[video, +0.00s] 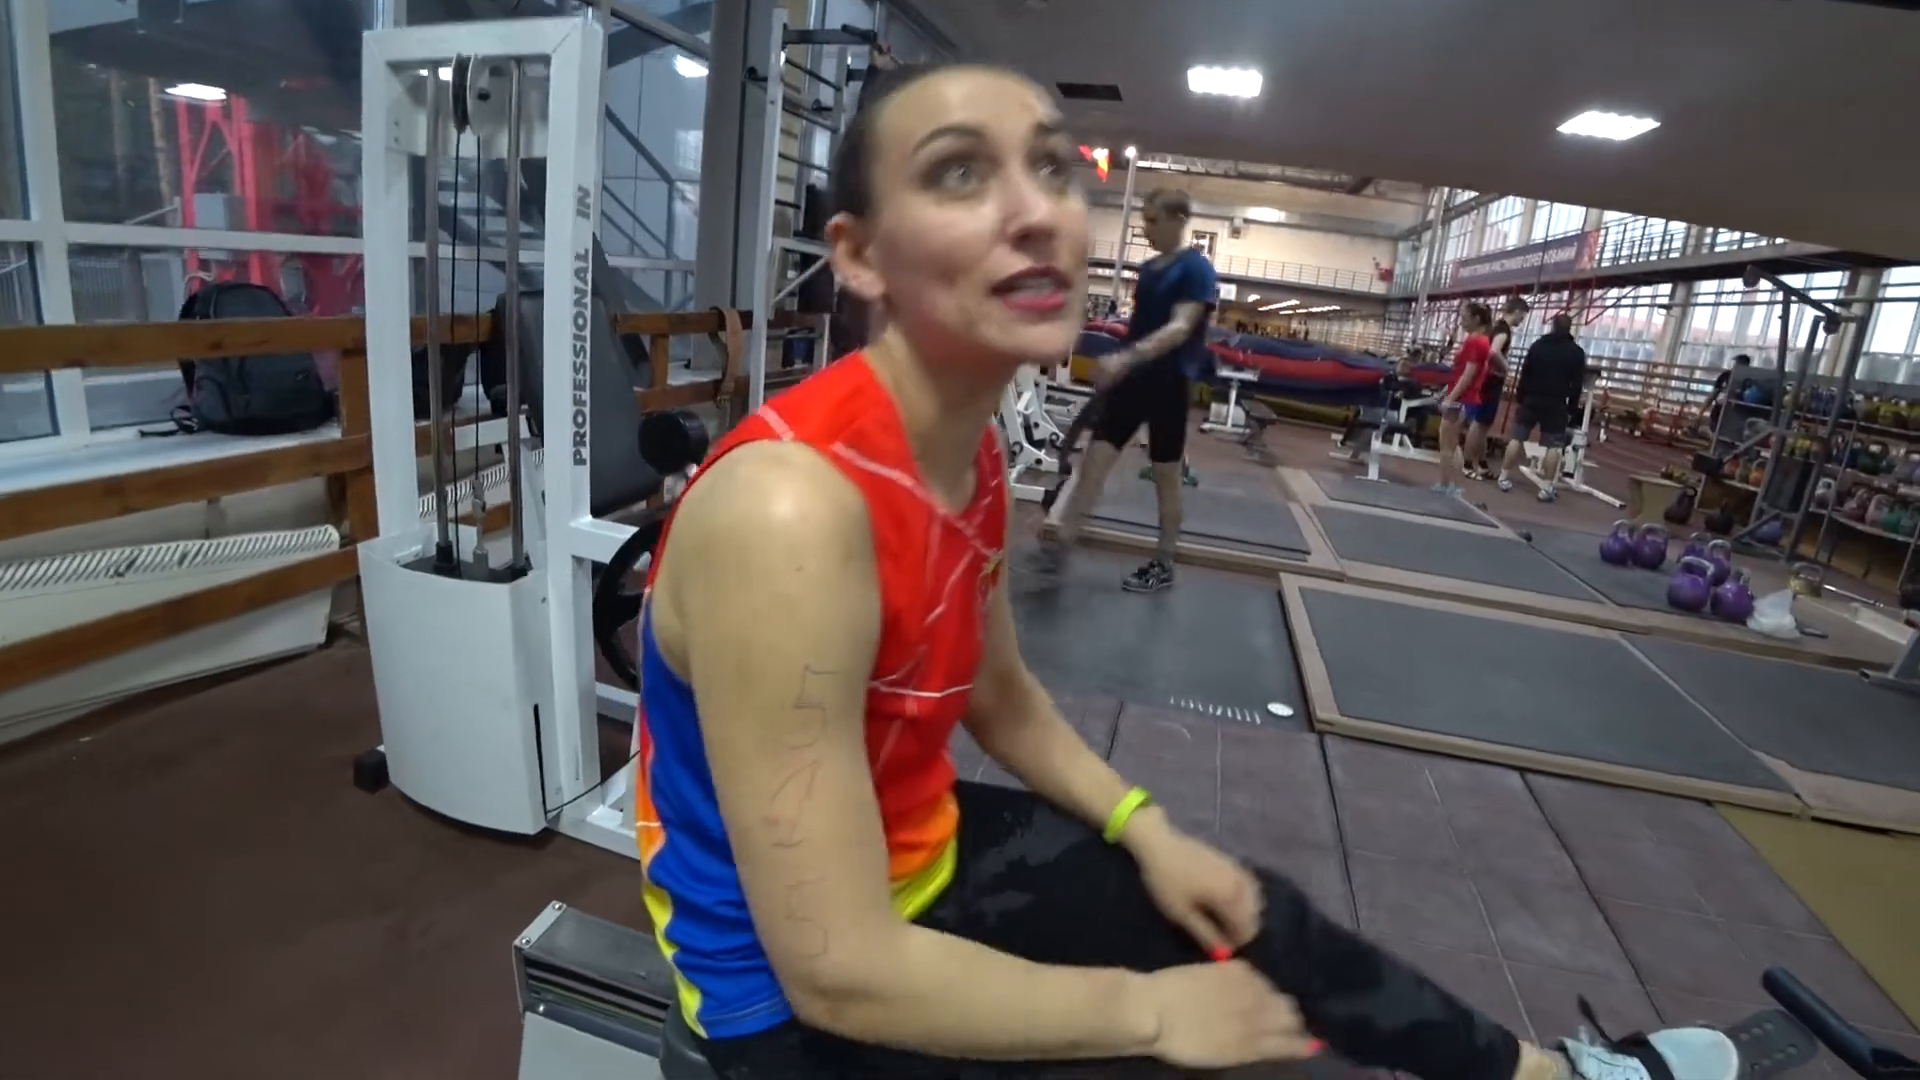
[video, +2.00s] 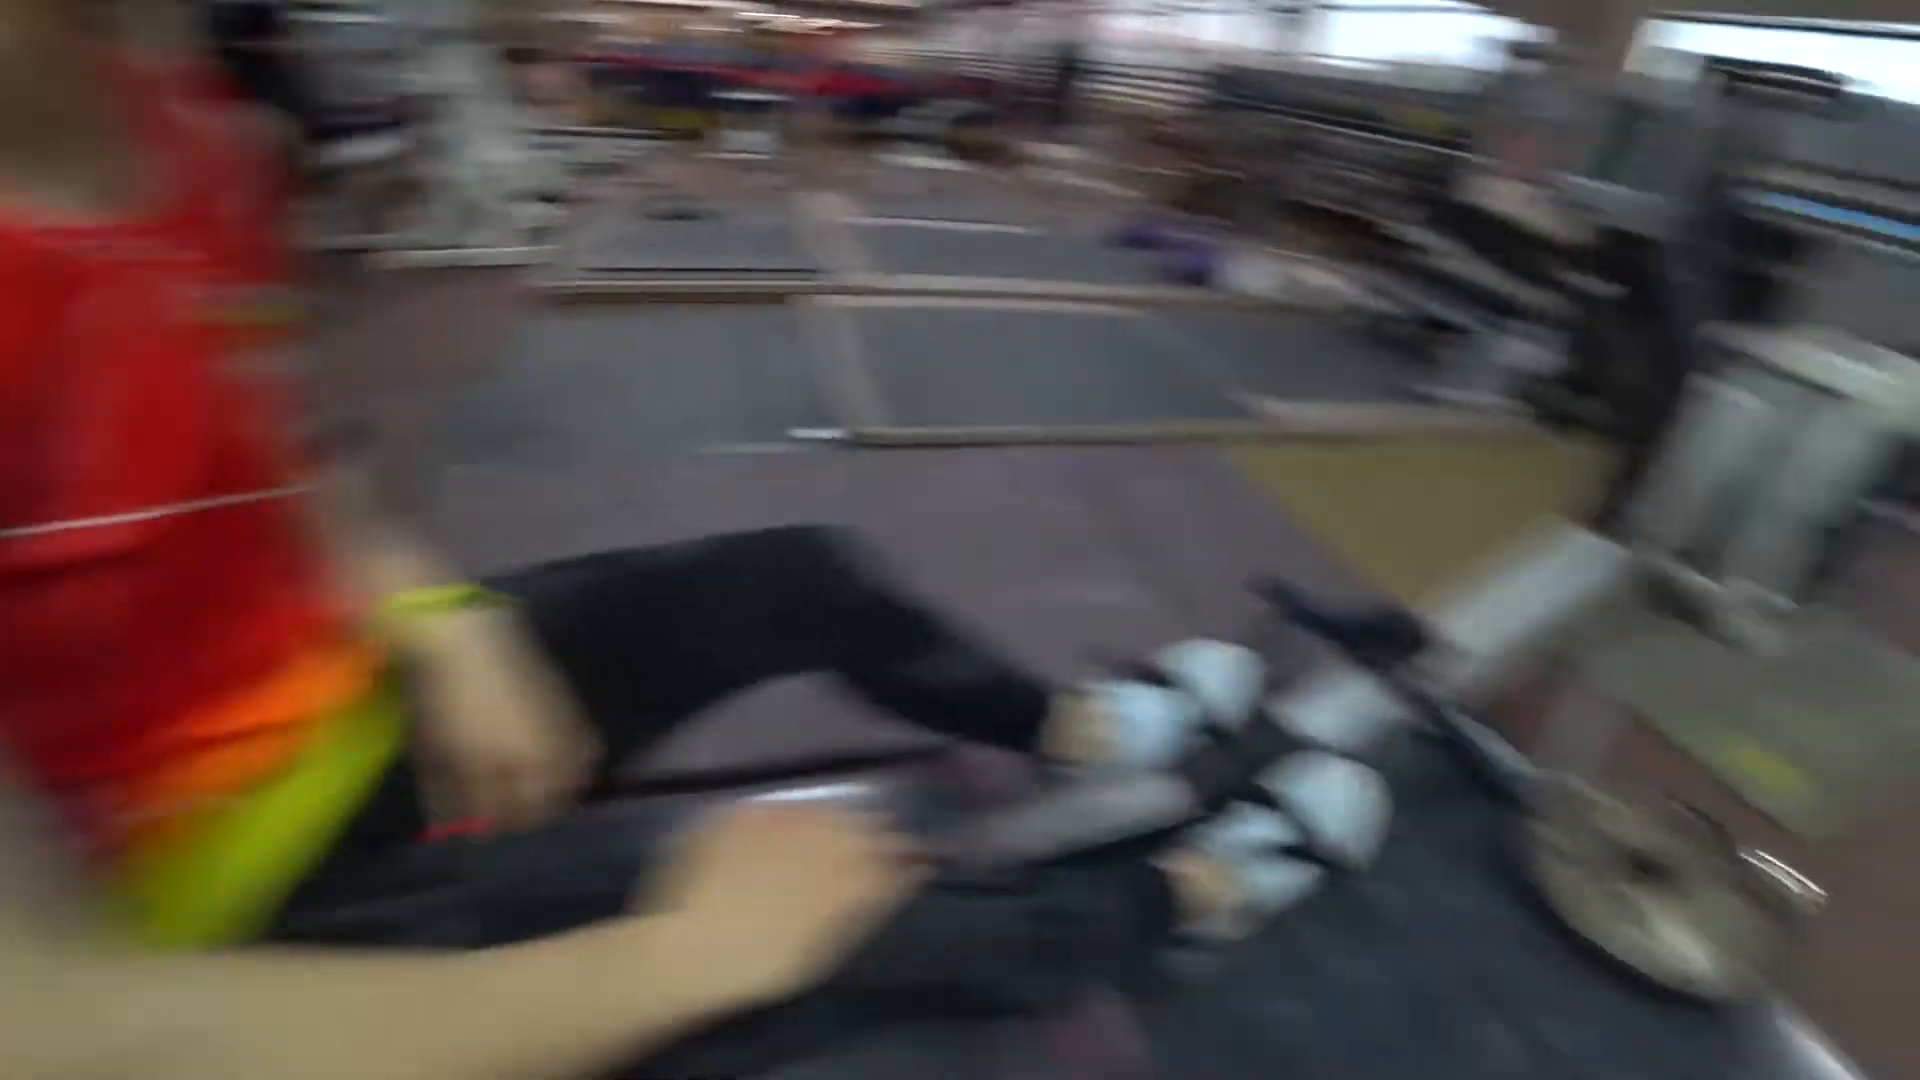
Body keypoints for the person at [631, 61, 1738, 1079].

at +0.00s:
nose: (1036, 212)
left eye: (1052, 171)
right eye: (957, 177)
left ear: (1082, 219)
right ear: (859, 259)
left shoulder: (964, 452)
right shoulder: (783, 513)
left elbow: (1002, 701)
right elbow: (839, 972)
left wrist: (1146, 832)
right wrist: (1156, 1016)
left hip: (943, 857)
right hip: (806, 999)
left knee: (1246, 907)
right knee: (1251, 1046)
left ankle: (1533, 1067)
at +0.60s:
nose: (1018, 404)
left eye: (1096, 315)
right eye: (952, 307)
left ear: (1184, 299)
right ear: (885, 280)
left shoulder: (1015, 492)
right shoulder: (785, 588)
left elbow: (1013, 722)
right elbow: (878, 1056)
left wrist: (1217, 808)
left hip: (999, 960)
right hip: (819, 1040)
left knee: (1354, 846)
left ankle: (1484, 1065)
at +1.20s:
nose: (1005, 221)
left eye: (1094, 117)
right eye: (915, 108)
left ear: (1177, 135)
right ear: (816, 119)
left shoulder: (967, 412)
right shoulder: (689, 488)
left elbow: (950, 695)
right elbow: (792, 1051)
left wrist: (1184, 750)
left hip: (959, 947)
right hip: (778, 1029)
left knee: (1317, 787)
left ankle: (1430, 1070)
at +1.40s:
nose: (1091, 41)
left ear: (1187, 27)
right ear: (824, 12)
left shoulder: (963, 301)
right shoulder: (682, 355)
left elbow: (948, 597)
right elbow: (815, 1040)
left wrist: (1183, 653)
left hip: (953, 837)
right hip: (804, 957)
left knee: (1301, 696)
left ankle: (1440, 1010)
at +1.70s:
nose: (1126, 30)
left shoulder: (898, 154)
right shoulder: (616, 227)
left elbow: (865, 497)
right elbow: (812, 1033)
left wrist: (1059, 591)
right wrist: (1273, 1051)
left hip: (926, 689)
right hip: (838, 858)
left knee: (1283, 608)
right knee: (1328, 999)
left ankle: (1430, 881)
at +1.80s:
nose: (954, 11)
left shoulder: (776, 117)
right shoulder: (456, 217)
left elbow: (764, 455)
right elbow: (644, 999)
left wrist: (934, 594)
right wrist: (1151, 1020)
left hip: (855, 685)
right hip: (742, 876)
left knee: (1213, 585)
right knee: (1382, 1026)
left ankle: (1373, 821)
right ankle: (1502, 1033)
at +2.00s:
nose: (133, 29)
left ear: (110, 9)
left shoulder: (176, 144)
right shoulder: (33, 297)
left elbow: (277, 462)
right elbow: (43, 1005)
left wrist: (448, 635)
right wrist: (660, 951)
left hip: (384, 694)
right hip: (281, 893)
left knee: (792, 580)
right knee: (795, 905)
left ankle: (1075, 730)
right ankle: (1184, 900)